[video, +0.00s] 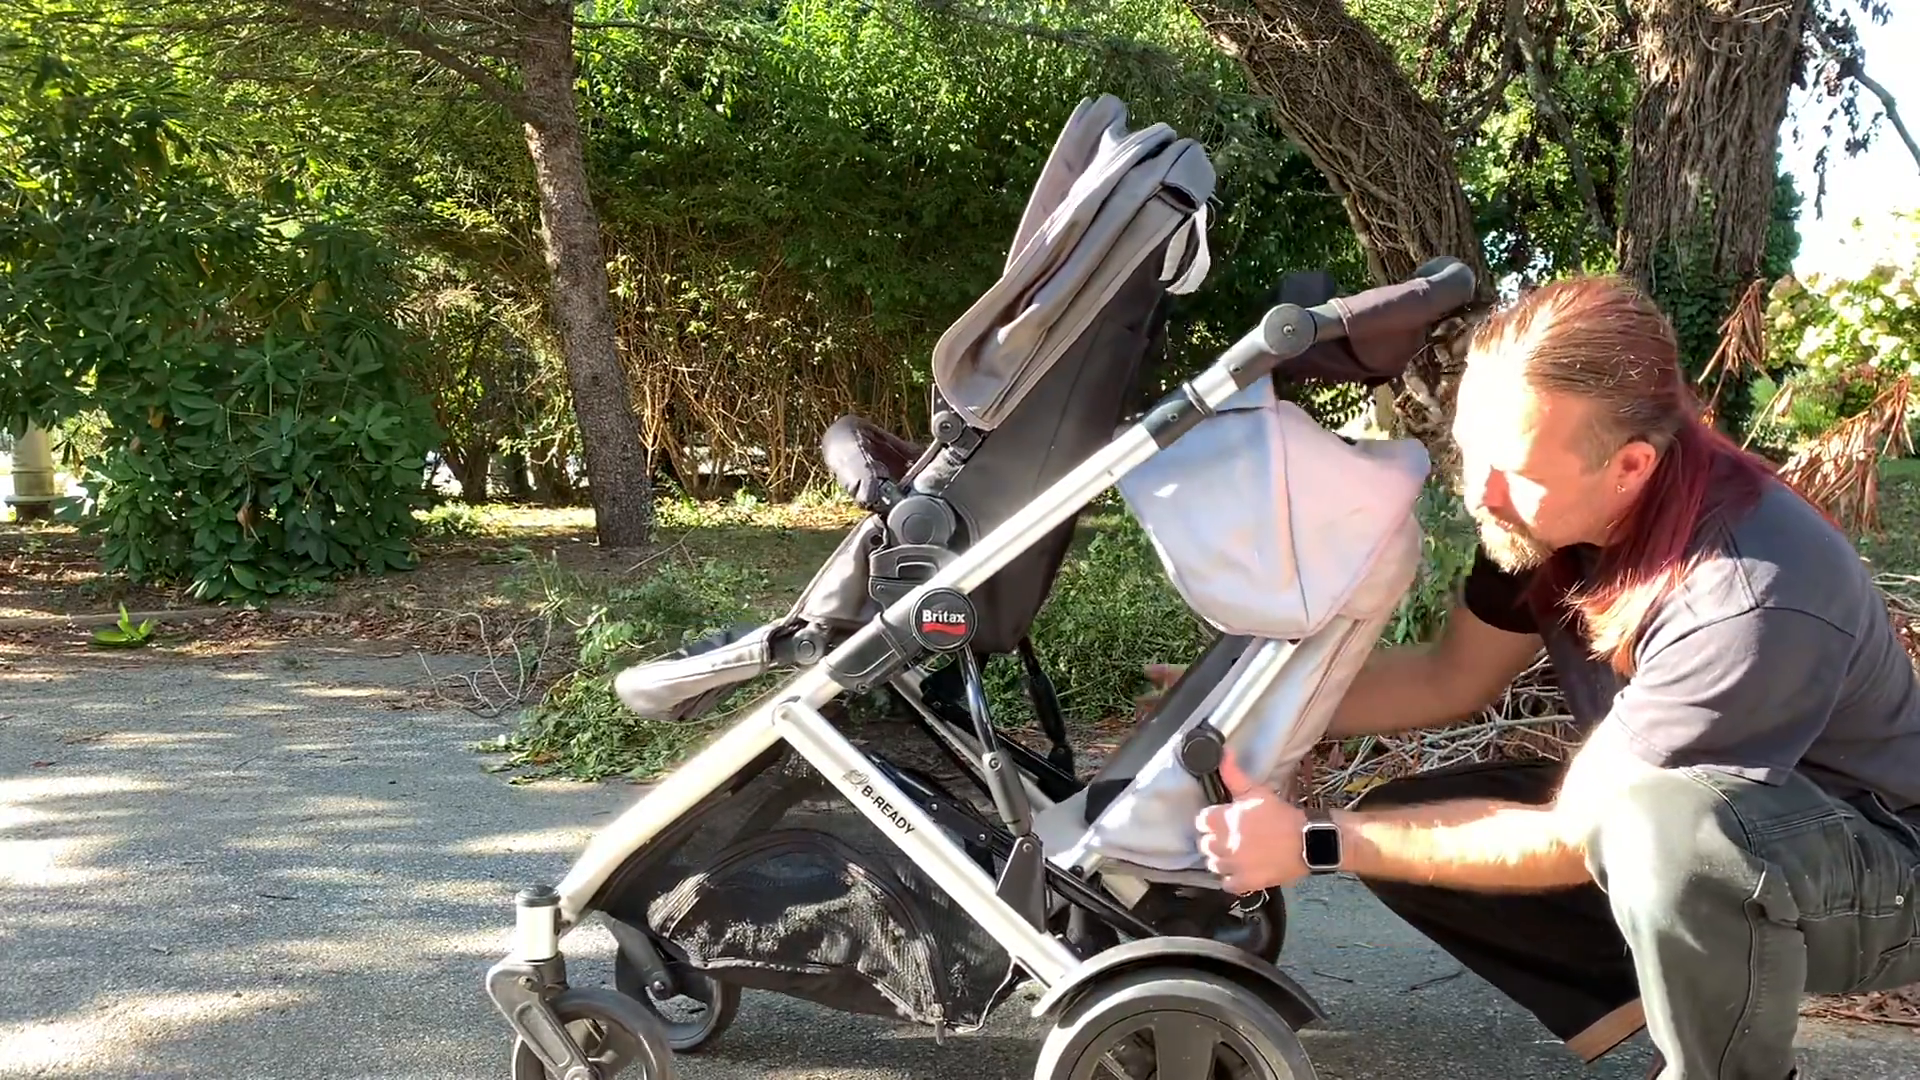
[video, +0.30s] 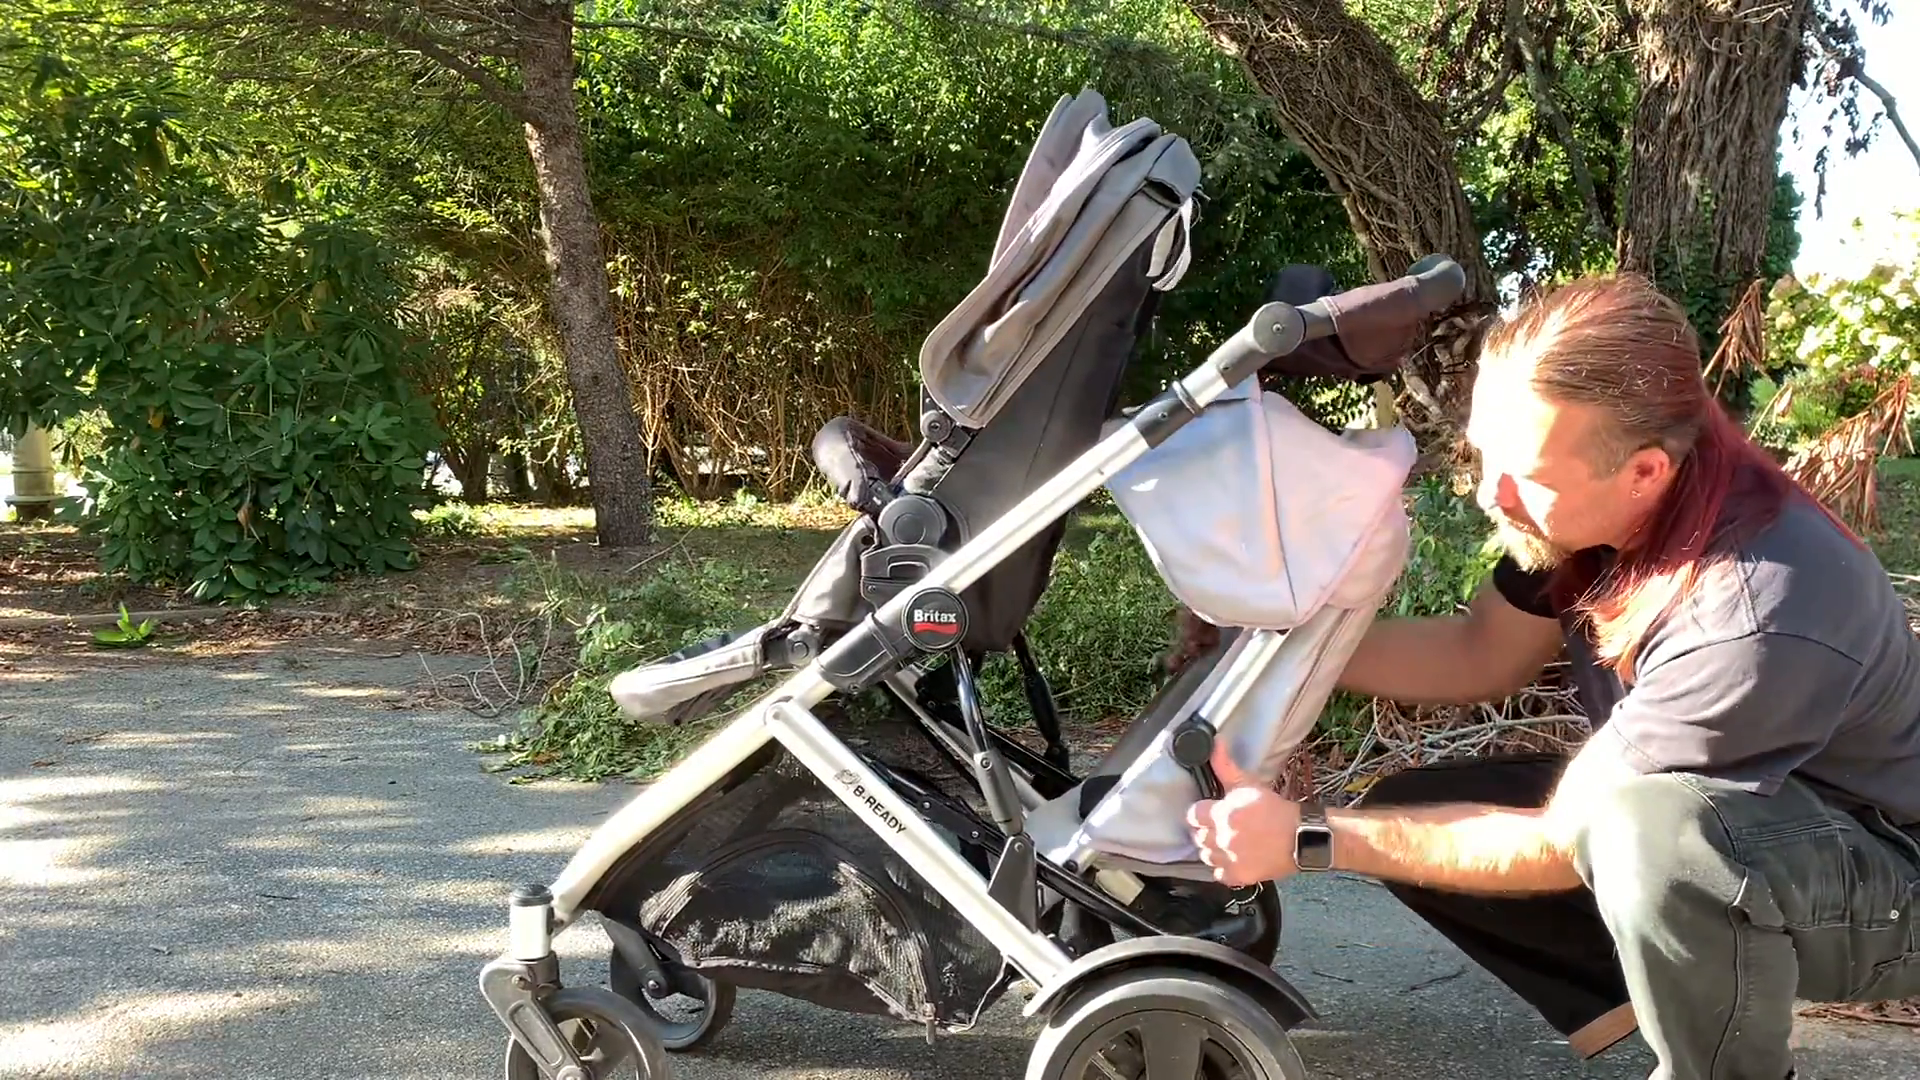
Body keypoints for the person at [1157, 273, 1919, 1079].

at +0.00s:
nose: (1482, 496)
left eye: (1517, 475)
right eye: (1477, 460)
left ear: (1631, 470)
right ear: (1473, 427)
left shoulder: (1747, 607)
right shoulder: (1556, 508)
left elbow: (1572, 843)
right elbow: (1450, 677)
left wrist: (1321, 842)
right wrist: (1260, 704)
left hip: (1878, 862)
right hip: (1688, 799)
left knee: (1659, 827)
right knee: (1387, 831)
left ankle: (1717, 1066)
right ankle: (1654, 1029)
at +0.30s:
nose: (1494, 499)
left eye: (1527, 478)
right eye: (1491, 464)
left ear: (1646, 476)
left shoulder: (1755, 623)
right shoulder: (1591, 504)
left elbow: (1555, 846)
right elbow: (1481, 653)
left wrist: (1313, 838)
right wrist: (1289, 634)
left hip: (1888, 864)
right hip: (1720, 801)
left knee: (1653, 830)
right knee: (1400, 818)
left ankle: (1717, 1067)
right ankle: (1653, 1020)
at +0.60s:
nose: (1482, 503)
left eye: (1514, 484)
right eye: (1480, 469)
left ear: (1634, 483)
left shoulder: (1749, 628)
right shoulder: (1610, 515)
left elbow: (1558, 852)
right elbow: (1521, 675)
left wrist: (1322, 827)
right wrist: (1313, 626)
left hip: (1896, 879)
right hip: (1759, 807)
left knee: (1649, 839)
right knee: (1424, 803)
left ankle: (1724, 1064)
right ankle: (1671, 1024)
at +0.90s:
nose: (1465, 515)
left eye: (1495, 497)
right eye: (1462, 482)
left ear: (1614, 494)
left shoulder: (1733, 625)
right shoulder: (1580, 521)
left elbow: (1525, 868)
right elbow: (1510, 689)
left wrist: (1278, 847)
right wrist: (1310, 660)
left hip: (1897, 875)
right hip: (1784, 807)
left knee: (1639, 836)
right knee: (1450, 786)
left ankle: (1738, 1059)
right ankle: (1683, 1027)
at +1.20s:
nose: (1463, 497)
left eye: (1495, 475)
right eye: (1460, 463)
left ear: (1608, 477)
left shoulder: (1720, 613)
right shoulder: (1655, 506)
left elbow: (1548, 864)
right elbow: (1542, 669)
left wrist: (1314, 843)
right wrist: (1347, 647)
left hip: (1896, 874)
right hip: (1795, 805)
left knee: (1631, 844)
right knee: (1435, 792)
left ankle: (1746, 1064)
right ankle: (1675, 1034)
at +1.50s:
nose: (1446, 428)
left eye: (1473, 411)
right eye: (1441, 396)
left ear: (1599, 403)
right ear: (1597, 400)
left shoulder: (1728, 521)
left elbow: (1637, 780)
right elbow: (1571, 569)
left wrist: (1389, 818)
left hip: (1895, 731)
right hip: (1754, 679)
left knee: (1671, 809)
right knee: (1453, 801)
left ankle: (1741, 1065)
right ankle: (1689, 1031)